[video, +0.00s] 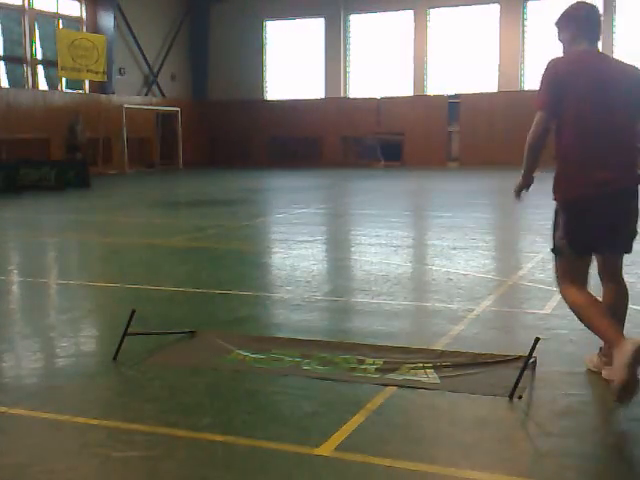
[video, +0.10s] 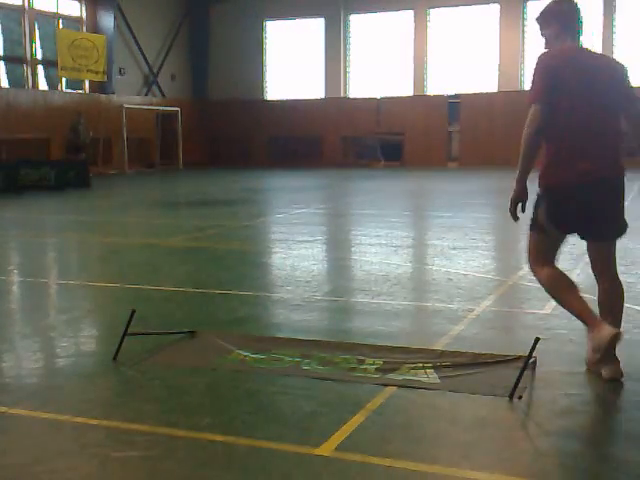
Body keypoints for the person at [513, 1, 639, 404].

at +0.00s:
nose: (559, 41)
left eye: (560, 34)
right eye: (560, 34)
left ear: (568, 32)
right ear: (597, 32)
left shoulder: (559, 68)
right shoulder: (629, 72)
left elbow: (539, 132)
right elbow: (635, 134)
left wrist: (526, 175)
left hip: (578, 194)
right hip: (624, 192)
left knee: (571, 284)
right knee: (613, 274)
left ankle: (621, 345)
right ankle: (607, 356)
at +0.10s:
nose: (542, 38)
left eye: (544, 31)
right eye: (541, 32)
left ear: (556, 28)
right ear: (576, 27)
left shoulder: (549, 61)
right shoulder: (612, 67)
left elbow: (535, 125)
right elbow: (635, 125)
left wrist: (520, 182)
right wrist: (620, 160)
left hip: (561, 184)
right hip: (608, 184)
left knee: (540, 262)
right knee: (607, 272)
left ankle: (595, 326)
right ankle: (608, 360)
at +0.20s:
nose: (523, 44)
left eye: (525, 37)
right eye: (523, 37)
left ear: (538, 34)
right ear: (557, 35)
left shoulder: (534, 69)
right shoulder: (594, 72)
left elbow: (527, 120)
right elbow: (615, 128)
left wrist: (517, 182)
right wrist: (603, 166)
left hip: (547, 185)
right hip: (595, 183)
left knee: (513, 252)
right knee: (604, 271)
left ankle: (553, 328)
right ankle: (607, 355)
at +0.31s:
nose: (500, 50)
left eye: (503, 43)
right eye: (500, 43)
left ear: (515, 43)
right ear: (533, 42)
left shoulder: (516, 80)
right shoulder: (568, 79)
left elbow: (514, 131)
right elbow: (584, 132)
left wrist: (514, 186)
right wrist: (569, 170)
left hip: (534, 193)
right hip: (577, 190)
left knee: (503, 259)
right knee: (594, 268)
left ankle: (502, 329)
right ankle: (607, 354)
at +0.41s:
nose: (475, 60)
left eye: (477, 52)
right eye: (474, 53)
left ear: (492, 50)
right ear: (505, 49)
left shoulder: (496, 89)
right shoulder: (540, 84)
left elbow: (498, 140)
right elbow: (558, 138)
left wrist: (501, 194)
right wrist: (551, 176)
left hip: (512, 193)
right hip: (551, 191)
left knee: (487, 257)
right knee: (569, 264)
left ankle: (488, 329)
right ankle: (601, 339)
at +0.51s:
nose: (453, 65)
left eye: (455, 57)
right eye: (452, 58)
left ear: (472, 52)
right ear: (483, 50)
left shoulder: (480, 89)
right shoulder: (517, 83)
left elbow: (487, 136)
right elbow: (529, 138)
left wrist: (482, 194)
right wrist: (525, 180)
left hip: (486, 191)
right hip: (522, 187)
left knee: (467, 255)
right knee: (526, 256)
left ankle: (485, 327)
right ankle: (568, 309)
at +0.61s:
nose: (439, 59)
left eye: (442, 52)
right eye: (438, 53)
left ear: (461, 47)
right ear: (463, 49)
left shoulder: (479, 82)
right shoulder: (490, 79)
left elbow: (486, 133)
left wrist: (465, 182)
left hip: (476, 181)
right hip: (499, 180)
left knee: (464, 254)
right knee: (483, 245)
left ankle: (485, 328)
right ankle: (531, 301)